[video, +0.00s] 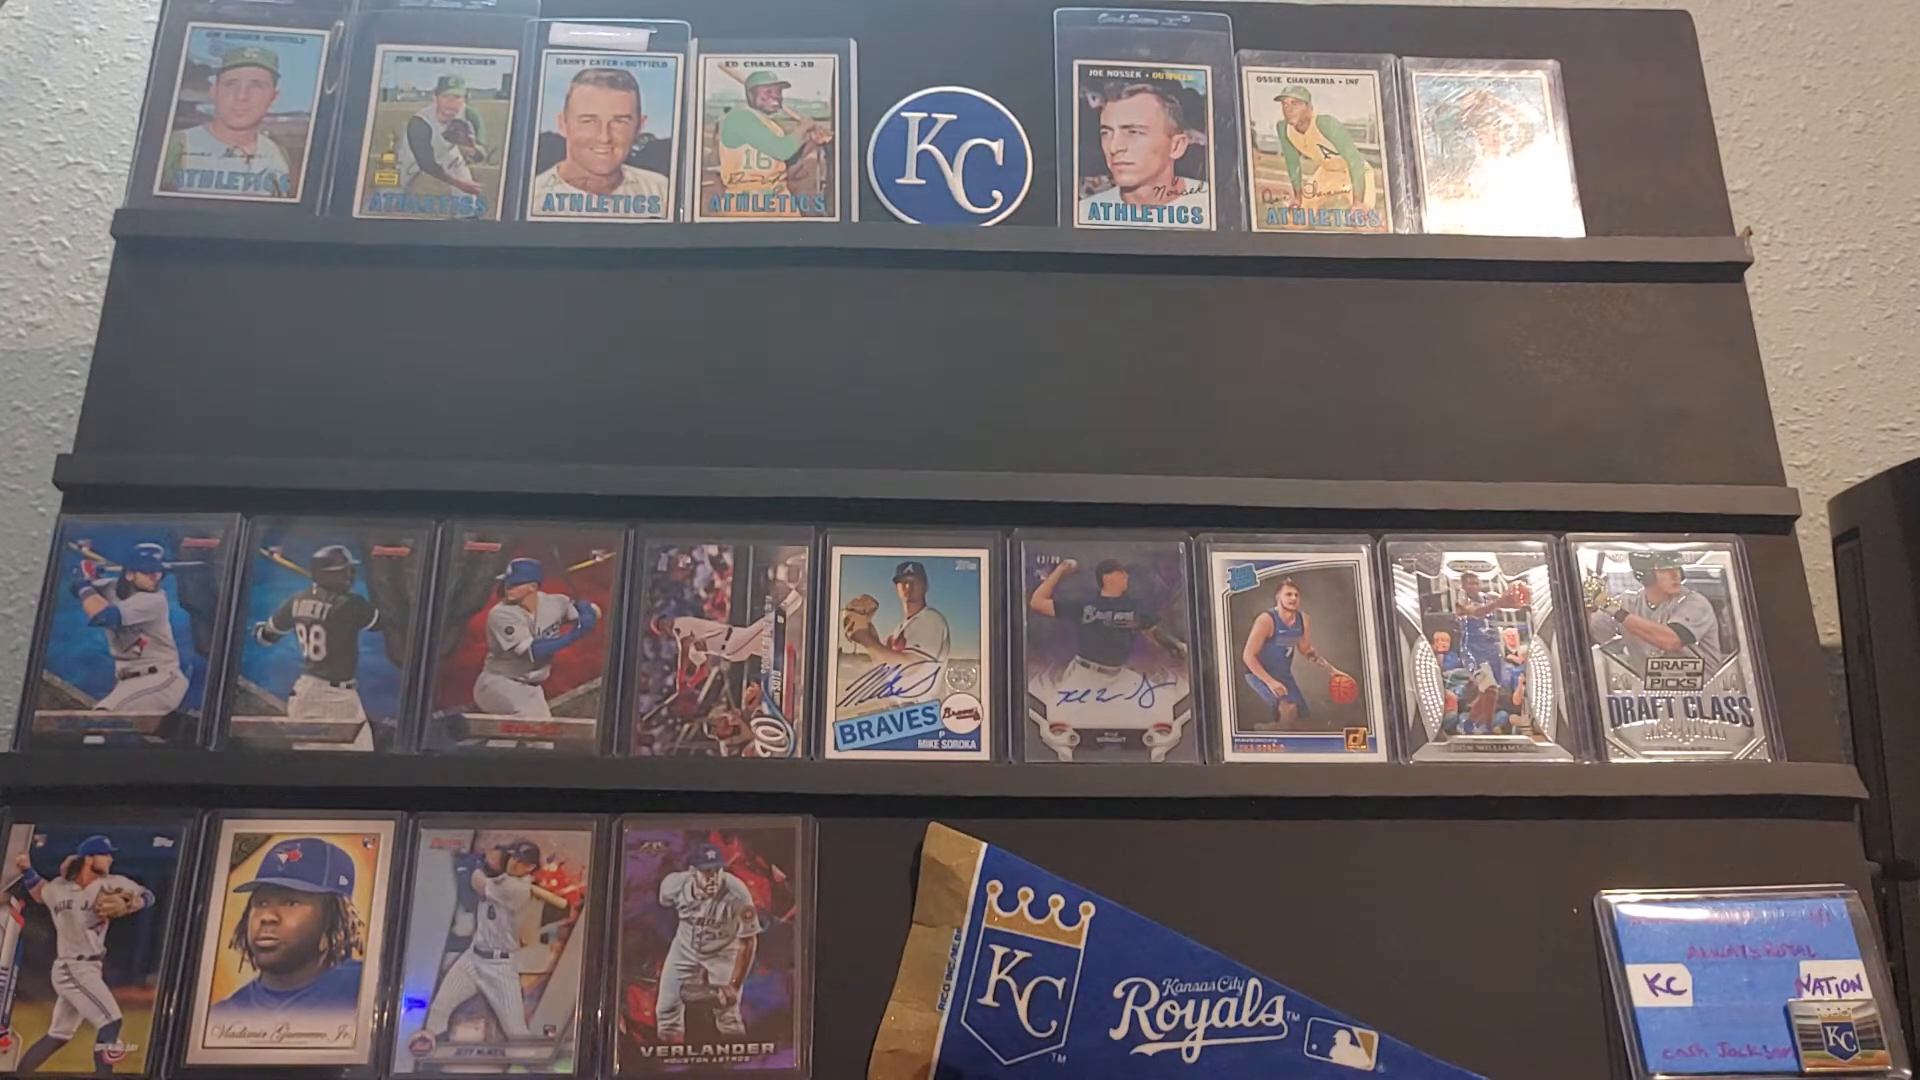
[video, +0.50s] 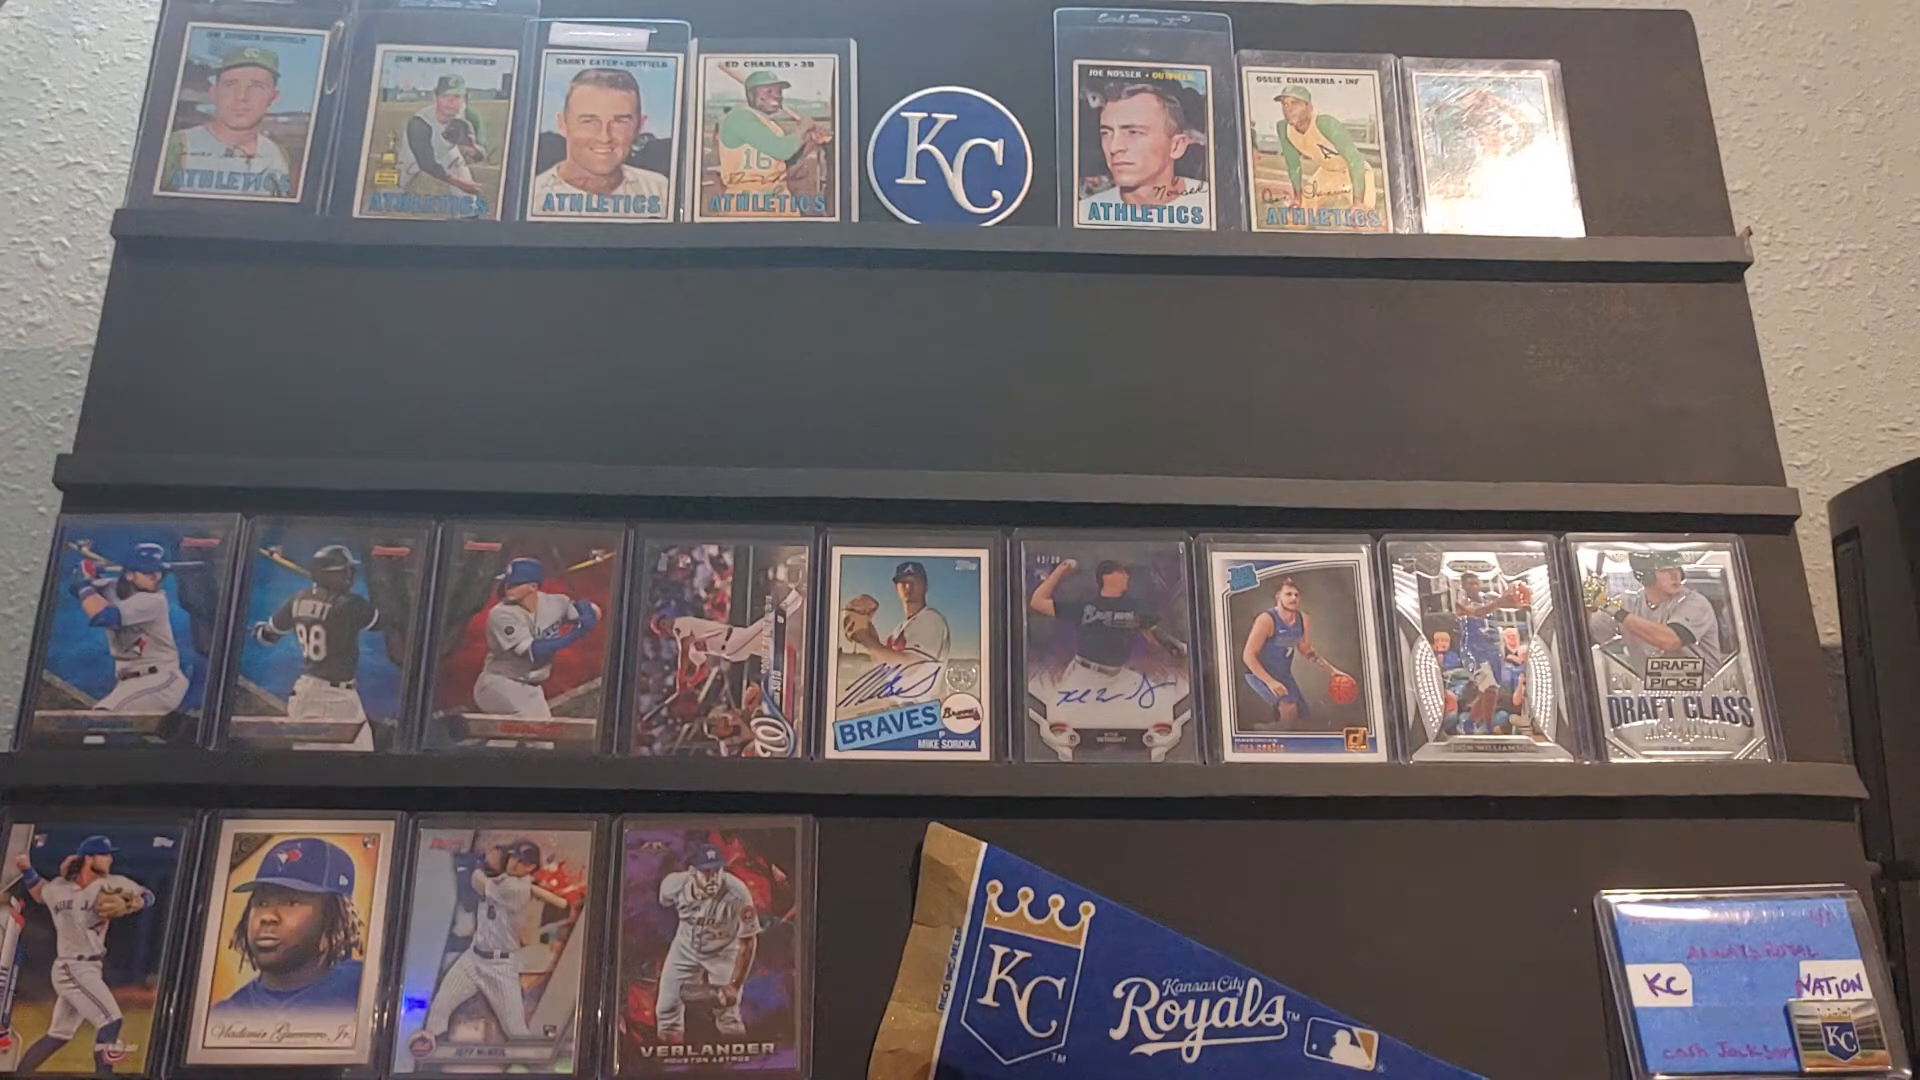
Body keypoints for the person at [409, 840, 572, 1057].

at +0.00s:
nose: (514, 863)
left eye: (521, 861)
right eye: (514, 859)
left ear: (531, 868)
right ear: (510, 859)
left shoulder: (518, 889)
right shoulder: (502, 879)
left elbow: (478, 883)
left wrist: (480, 866)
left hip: (500, 965)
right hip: (473, 958)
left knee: (516, 1031)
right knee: (439, 1007)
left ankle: (534, 1070)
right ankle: (423, 1065)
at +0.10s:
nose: (514, 863)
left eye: (521, 861)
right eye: (514, 858)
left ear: (530, 868)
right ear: (510, 859)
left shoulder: (518, 889)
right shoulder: (502, 880)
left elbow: (478, 882)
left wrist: (481, 866)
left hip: (500, 965)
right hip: (473, 958)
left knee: (516, 1030)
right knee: (439, 1007)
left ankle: (534, 1071)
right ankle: (423, 1065)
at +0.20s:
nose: (513, 862)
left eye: (520, 860)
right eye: (513, 857)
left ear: (531, 868)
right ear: (509, 857)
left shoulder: (519, 890)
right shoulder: (501, 879)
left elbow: (477, 881)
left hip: (501, 965)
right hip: (473, 958)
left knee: (514, 1028)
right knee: (442, 1001)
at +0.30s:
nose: (515, 863)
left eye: (522, 861)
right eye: (514, 858)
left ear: (531, 868)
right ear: (509, 858)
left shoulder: (519, 889)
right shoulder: (500, 879)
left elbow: (477, 881)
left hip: (502, 966)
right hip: (473, 958)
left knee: (514, 1029)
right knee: (440, 1004)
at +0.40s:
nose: (514, 863)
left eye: (521, 861)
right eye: (514, 857)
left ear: (531, 868)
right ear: (509, 858)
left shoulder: (518, 889)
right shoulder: (500, 879)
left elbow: (477, 881)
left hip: (502, 966)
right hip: (473, 958)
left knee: (514, 1029)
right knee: (440, 1004)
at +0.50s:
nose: (515, 863)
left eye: (522, 861)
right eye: (514, 858)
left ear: (531, 868)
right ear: (509, 858)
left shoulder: (519, 889)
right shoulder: (500, 879)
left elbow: (477, 881)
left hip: (502, 966)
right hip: (473, 959)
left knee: (514, 1029)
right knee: (440, 1004)